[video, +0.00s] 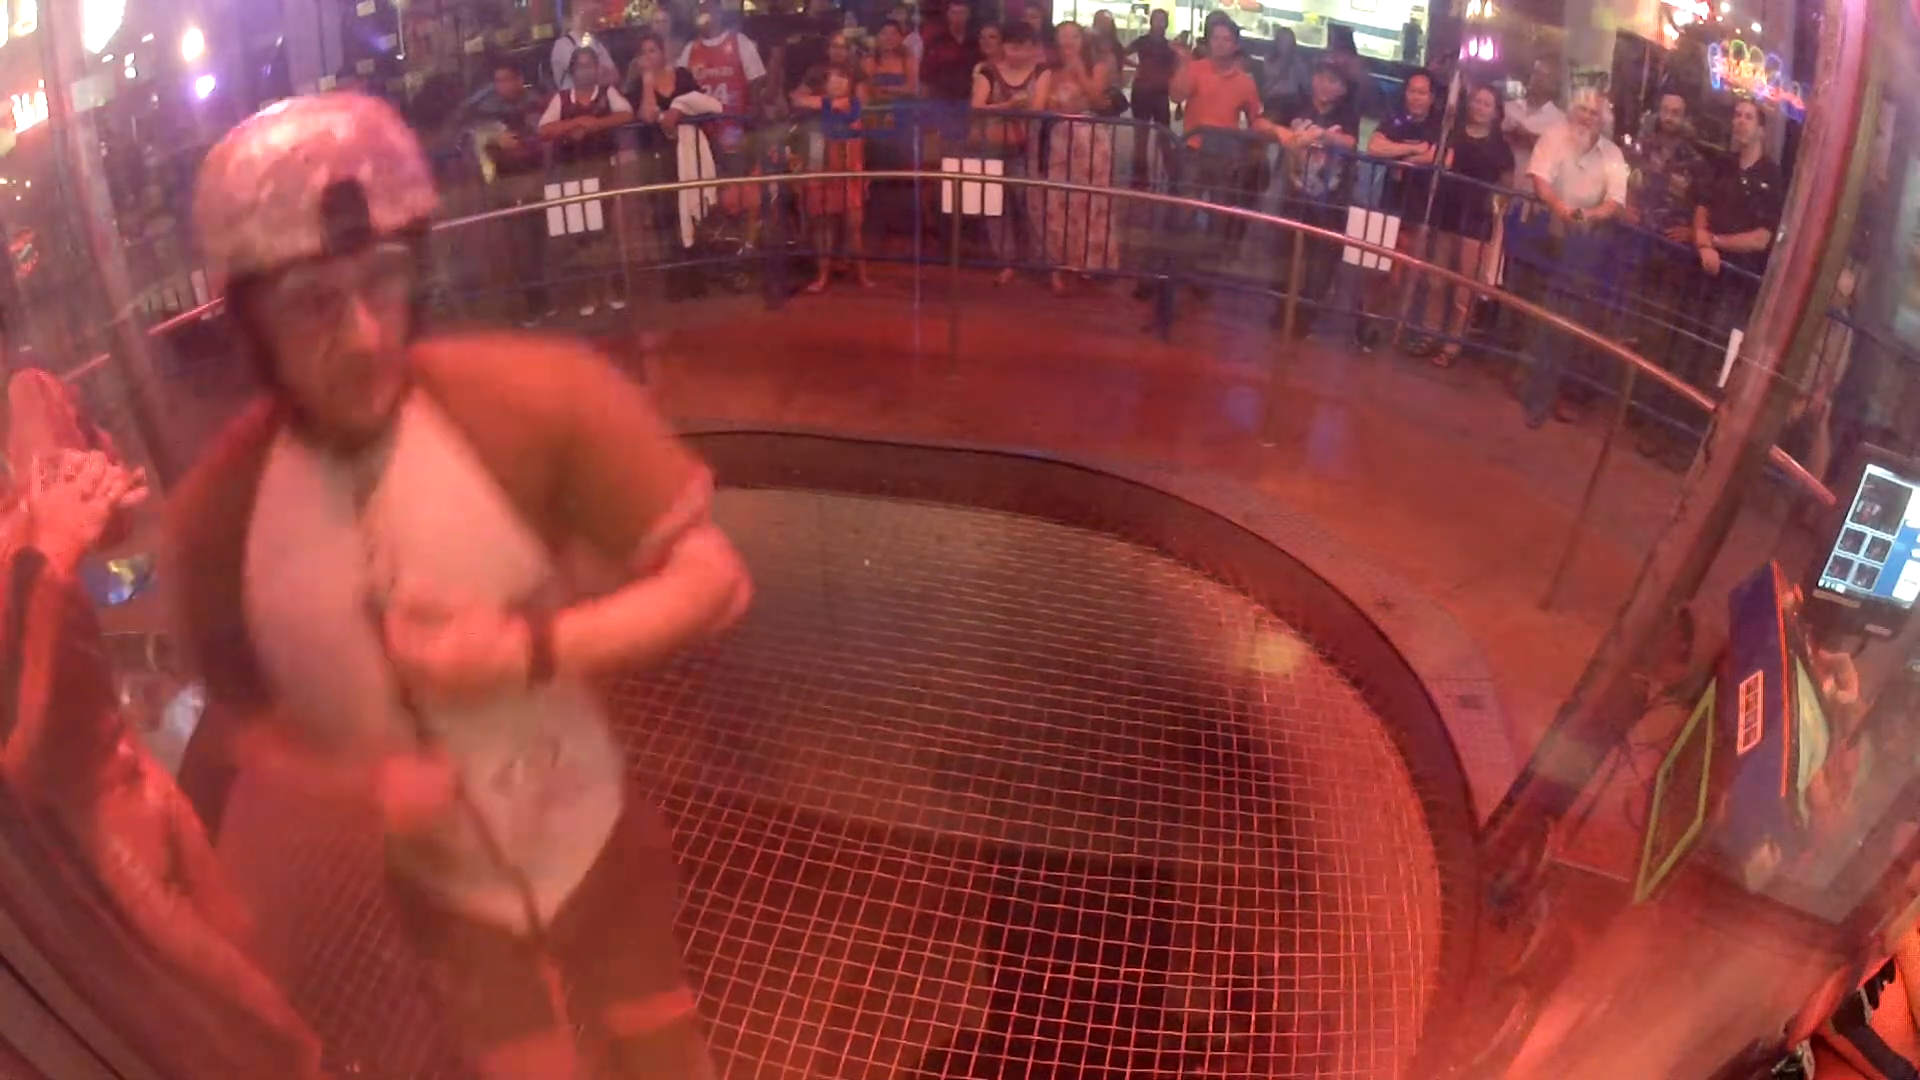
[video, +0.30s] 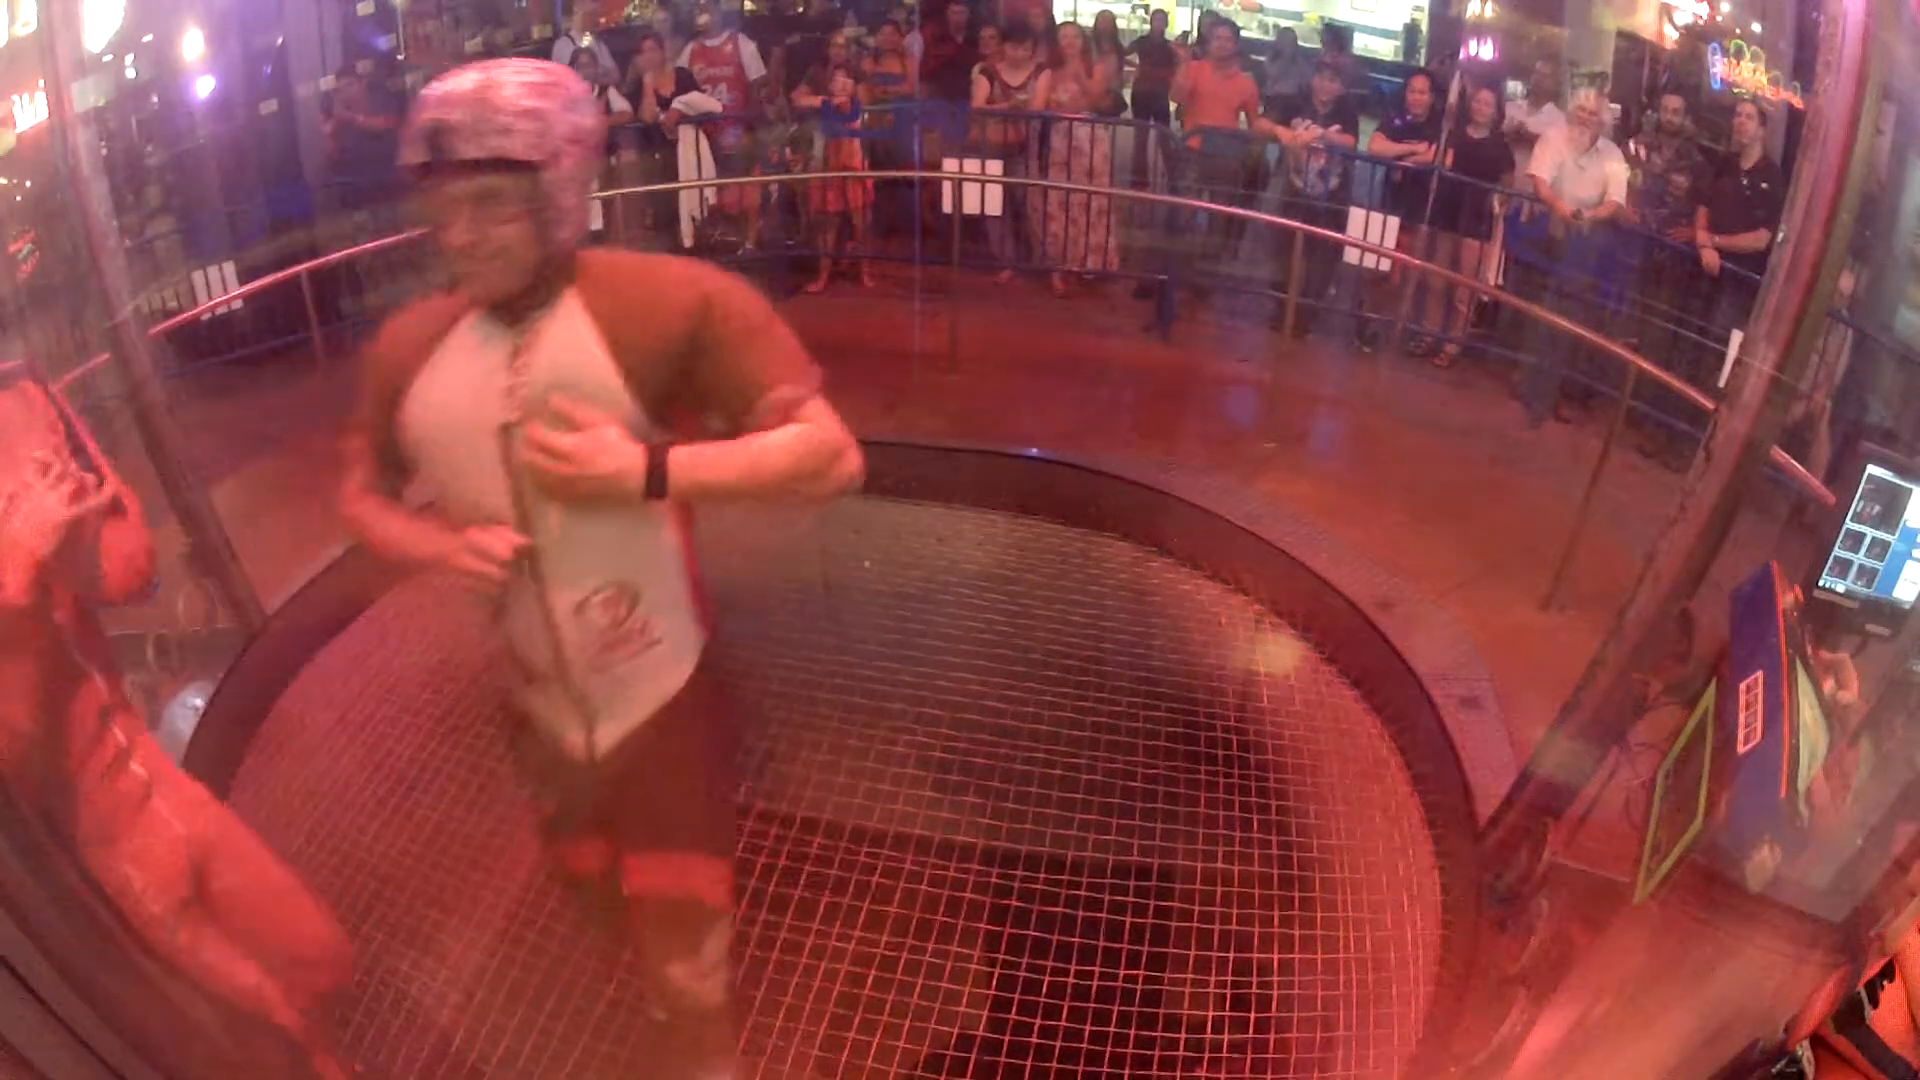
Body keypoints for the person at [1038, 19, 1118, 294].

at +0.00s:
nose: (1067, 45)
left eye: (1072, 39)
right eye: (1063, 40)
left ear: (1082, 42)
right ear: (1055, 44)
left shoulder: (1095, 68)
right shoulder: (1051, 74)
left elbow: (1097, 98)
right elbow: (1039, 108)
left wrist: (1078, 71)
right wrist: (1061, 105)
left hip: (1089, 137)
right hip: (1059, 137)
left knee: (1088, 200)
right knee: (1059, 200)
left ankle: (1086, 263)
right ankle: (1059, 264)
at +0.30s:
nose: (1068, 42)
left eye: (1073, 36)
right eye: (1064, 37)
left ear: (1083, 41)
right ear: (1057, 42)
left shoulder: (1093, 69)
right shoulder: (1050, 74)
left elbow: (1097, 100)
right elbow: (1037, 107)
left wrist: (1080, 74)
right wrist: (1064, 104)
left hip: (1087, 136)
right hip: (1058, 135)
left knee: (1086, 200)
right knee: (1058, 200)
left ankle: (1084, 264)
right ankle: (1059, 265)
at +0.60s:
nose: (1068, 42)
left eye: (1073, 37)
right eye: (1064, 38)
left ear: (1083, 40)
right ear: (1057, 42)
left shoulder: (1095, 70)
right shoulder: (1050, 74)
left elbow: (1097, 101)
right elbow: (1037, 108)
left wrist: (1081, 76)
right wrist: (1062, 106)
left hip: (1087, 137)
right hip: (1058, 136)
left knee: (1086, 200)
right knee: (1058, 200)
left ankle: (1082, 264)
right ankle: (1058, 265)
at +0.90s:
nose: (1069, 42)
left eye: (1075, 37)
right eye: (1065, 37)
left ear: (1085, 41)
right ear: (1058, 42)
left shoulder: (1095, 70)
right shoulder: (1051, 75)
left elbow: (1100, 102)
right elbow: (1038, 108)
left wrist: (1084, 75)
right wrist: (1060, 110)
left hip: (1088, 138)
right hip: (1059, 137)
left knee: (1086, 200)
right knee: (1058, 200)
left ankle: (1084, 263)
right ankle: (1057, 266)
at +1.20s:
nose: (1073, 44)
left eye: (1079, 38)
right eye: (1068, 39)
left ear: (1088, 41)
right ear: (1062, 42)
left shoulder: (1098, 69)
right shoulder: (1052, 75)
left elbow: (1099, 100)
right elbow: (1037, 109)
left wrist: (1085, 70)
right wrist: (1063, 112)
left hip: (1090, 140)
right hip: (1061, 139)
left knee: (1087, 201)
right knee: (1059, 200)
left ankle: (1082, 263)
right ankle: (1058, 265)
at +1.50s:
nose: (1078, 44)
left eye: (1084, 39)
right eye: (1072, 39)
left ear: (1092, 42)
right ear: (1064, 42)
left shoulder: (1100, 70)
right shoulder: (1055, 75)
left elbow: (1098, 99)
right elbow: (1039, 107)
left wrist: (1086, 67)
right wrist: (1066, 109)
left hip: (1091, 139)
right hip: (1062, 138)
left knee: (1088, 200)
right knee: (1060, 200)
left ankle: (1084, 264)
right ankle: (1060, 264)